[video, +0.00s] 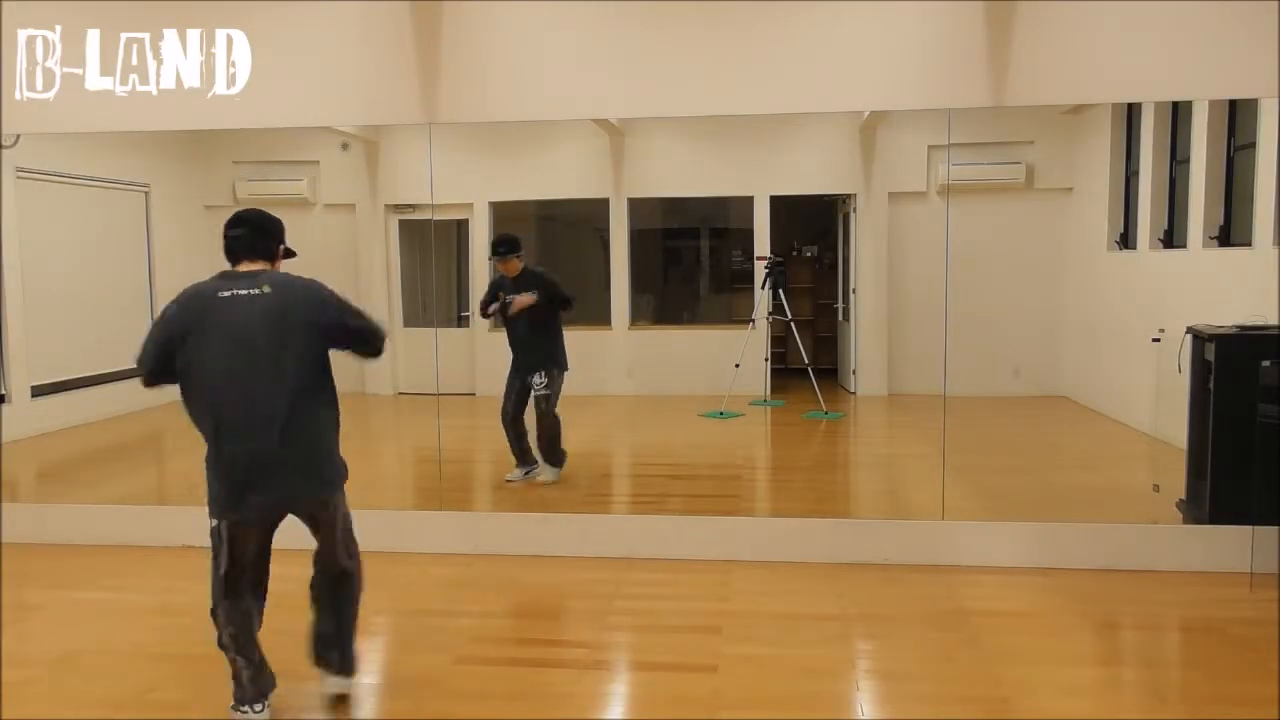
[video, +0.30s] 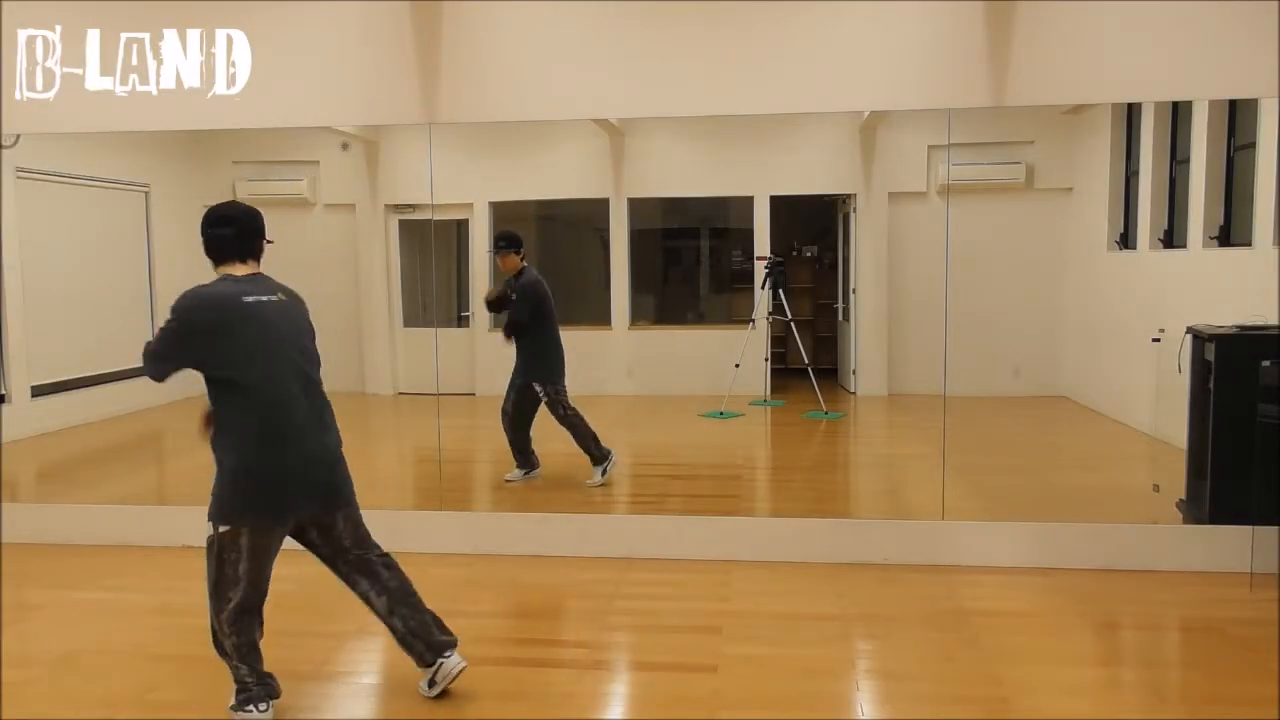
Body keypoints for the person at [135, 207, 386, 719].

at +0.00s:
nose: (283, 260)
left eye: (280, 255)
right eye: (283, 255)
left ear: (227, 255)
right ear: (278, 256)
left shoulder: (191, 303)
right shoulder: (303, 295)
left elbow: (151, 370)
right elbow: (371, 340)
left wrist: (205, 354)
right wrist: (317, 324)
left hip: (237, 471)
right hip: (311, 465)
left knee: (236, 582)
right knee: (338, 549)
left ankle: (251, 694)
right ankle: (336, 657)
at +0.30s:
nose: (262, 251)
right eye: (263, 243)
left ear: (208, 250)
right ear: (260, 248)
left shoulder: (199, 307)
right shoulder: (289, 300)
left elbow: (155, 363)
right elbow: (293, 376)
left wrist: (186, 328)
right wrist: (225, 408)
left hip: (253, 473)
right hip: (319, 465)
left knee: (235, 589)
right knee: (362, 557)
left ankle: (254, 694)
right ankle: (437, 652)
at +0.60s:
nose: (277, 223)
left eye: (274, 215)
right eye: (276, 215)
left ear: (216, 226)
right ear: (268, 222)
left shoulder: (193, 287)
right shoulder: (294, 280)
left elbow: (228, 345)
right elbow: (346, 342)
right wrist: (317, 379)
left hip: (222, 463)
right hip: (289, 461)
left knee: (235, 583)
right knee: (290, 582)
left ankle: (218, 683)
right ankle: (240, 696)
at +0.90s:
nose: (290, 226)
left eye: (289, 215)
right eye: (289, 215)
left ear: (238, 216)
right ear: (274, 217)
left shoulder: (250, 279)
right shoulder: (228, 281)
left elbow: (249, 370)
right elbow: (242, 368)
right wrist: (283, 321)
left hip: (289, 464)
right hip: (254, 473)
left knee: (308, 577)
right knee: (258, 594)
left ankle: (241, 649)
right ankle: (241, 705)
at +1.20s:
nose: (293, 221)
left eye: (291, 211)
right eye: (291, 212)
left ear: (241, 218)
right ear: (279, 217)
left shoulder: (240, 275)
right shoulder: (244, 280)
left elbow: (252, 367)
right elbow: (269, 362)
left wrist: (292, 339)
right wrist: (308, 340)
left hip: (273, 459)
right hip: (253, 466)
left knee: (322, 544)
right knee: (255, 586)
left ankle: (247, 644)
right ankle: (241, 704)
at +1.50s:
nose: (296, 220)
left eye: (293, 211)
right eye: (295, 213)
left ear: (239, 221)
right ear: (288, 222)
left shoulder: (202, 287)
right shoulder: (300, 290)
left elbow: (176, 379)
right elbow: (323, 381)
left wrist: (164, 451)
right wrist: (337, 454)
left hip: (221, 470)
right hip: (279, 472)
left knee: (246, 583)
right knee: (274, 589)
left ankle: (279, 678)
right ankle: (237, 706)